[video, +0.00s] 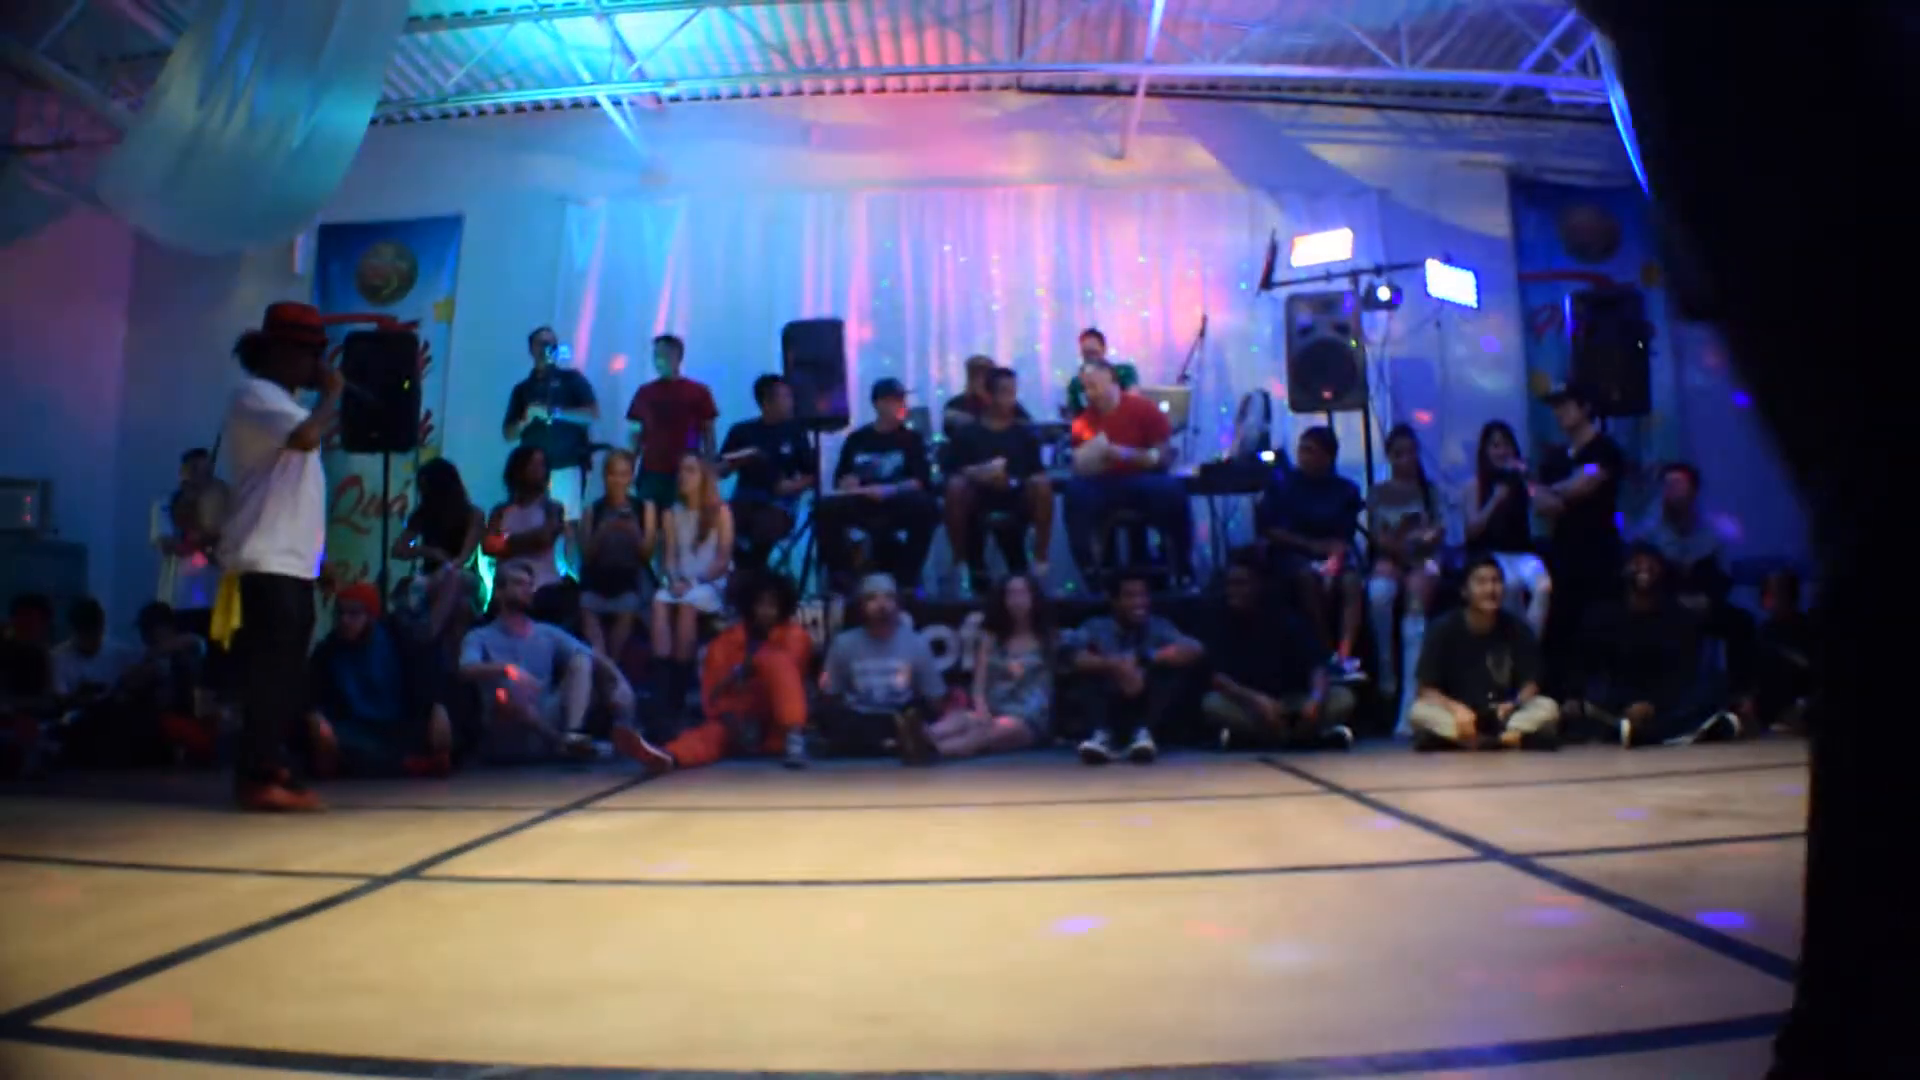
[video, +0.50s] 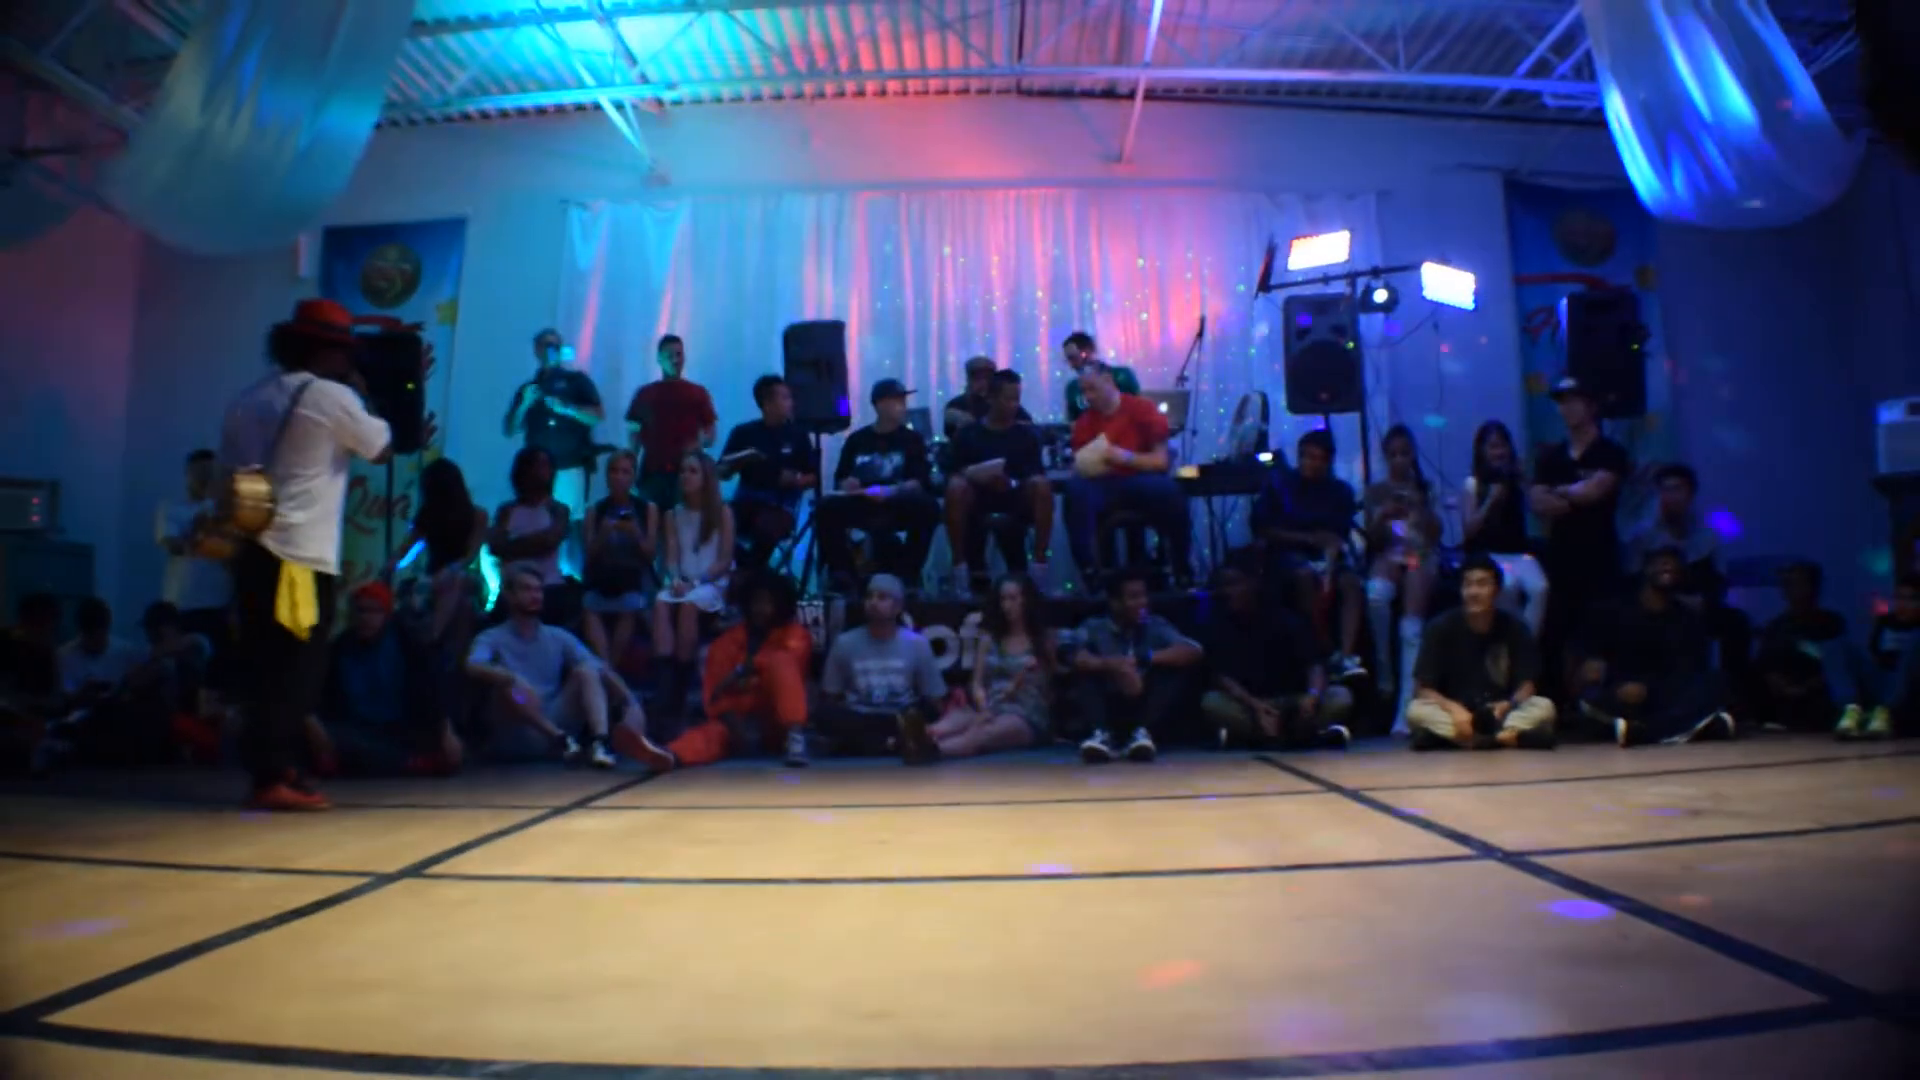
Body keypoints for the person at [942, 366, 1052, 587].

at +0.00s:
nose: (1011, 400)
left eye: (1013, 393)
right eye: (1004, 393)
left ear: (1016, 395)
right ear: (987, 396)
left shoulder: (1024, 433)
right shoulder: (968, 434)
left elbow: (1036, 472)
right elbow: (951, 469)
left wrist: (1009, 477)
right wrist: (979, 473)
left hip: (1015, 488)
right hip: (979, 490)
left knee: (1041, 485)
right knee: (956, 487)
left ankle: (1041, 560)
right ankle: (959, 563)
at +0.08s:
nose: (1010, 402)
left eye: (1013, 395)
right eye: (1004, 395)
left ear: (1017, 396)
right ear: (988, 396)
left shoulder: (1025, 434)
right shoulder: (968, 434)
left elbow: (1036, 472)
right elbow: (950, 468)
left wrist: (1010, 480)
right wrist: (976, 475)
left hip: (1015, 489)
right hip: (979, 490)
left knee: (1041, 485)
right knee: (956, 486)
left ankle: (1041, 562)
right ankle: (959, 563)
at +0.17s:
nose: (1012, 402)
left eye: (1014, 396)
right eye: (1006, 396)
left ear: (1018, 397)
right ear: (989, 397)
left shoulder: (1025, 434)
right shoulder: (968, 434)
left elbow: (1036, 472)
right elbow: (952, 467)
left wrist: (1009, 478)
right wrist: (976, 474)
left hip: (1015, 489)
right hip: (980, 490)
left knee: (1040, 485)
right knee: (956, 487)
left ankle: (1041, 562)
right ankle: (960, 564)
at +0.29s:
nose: (1012, 402)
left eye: (1015, 395)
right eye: (1006, 395)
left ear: (1017, 397)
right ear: (990, 397)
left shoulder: (1026, 433)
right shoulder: (970, 434)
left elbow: (1036, 471)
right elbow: (953, 467)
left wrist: (1010, 480)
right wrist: (975, 475)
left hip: (1014, 489)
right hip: (980, 490)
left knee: (1040, 486)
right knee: (957, 487)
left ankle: (1040, 561)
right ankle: (959, 564)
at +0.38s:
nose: (1012, 403)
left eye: (1014, 397)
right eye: (1006, 396)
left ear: (1017, 398)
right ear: (989, 398)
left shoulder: (1025, 433)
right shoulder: (970, 434)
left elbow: (1035, 471)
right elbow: (953, 467)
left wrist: (1010, 479)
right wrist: (975, 474)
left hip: (1014, 489)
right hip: (980, 489)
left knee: (1040, 486)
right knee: (957, 487)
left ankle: (1040, 560)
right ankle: (959, 564)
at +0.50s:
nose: (1015, 405)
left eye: (1017, 399)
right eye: (1010, 399)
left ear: (1019, 399)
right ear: (991, 399)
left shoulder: (1027, 434)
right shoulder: (969, 433)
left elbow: (1036, 472)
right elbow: (952, 469)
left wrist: (1010, 482)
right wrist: (974, 476)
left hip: (1014, 490)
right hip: (979, 491)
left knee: (1041, 486)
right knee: (957, 488)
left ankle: (1040, 562)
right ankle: (959, 566)